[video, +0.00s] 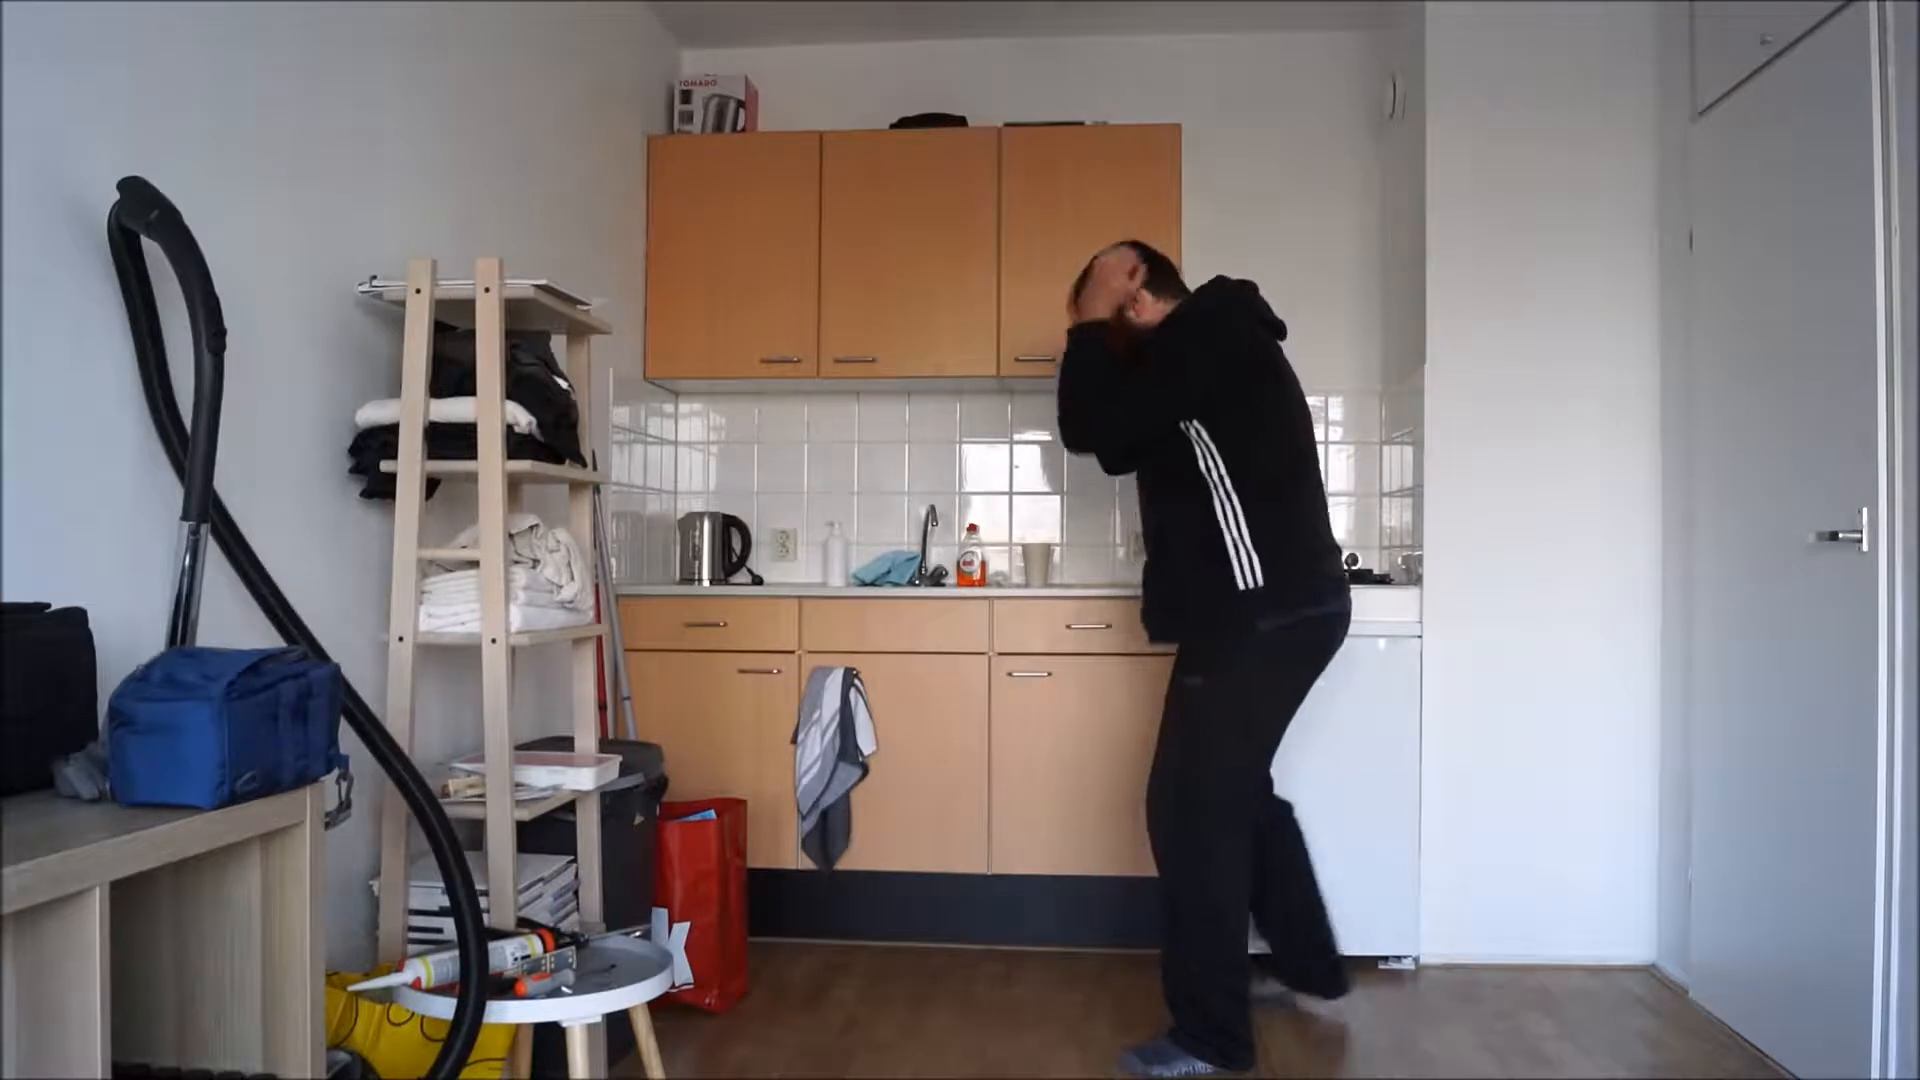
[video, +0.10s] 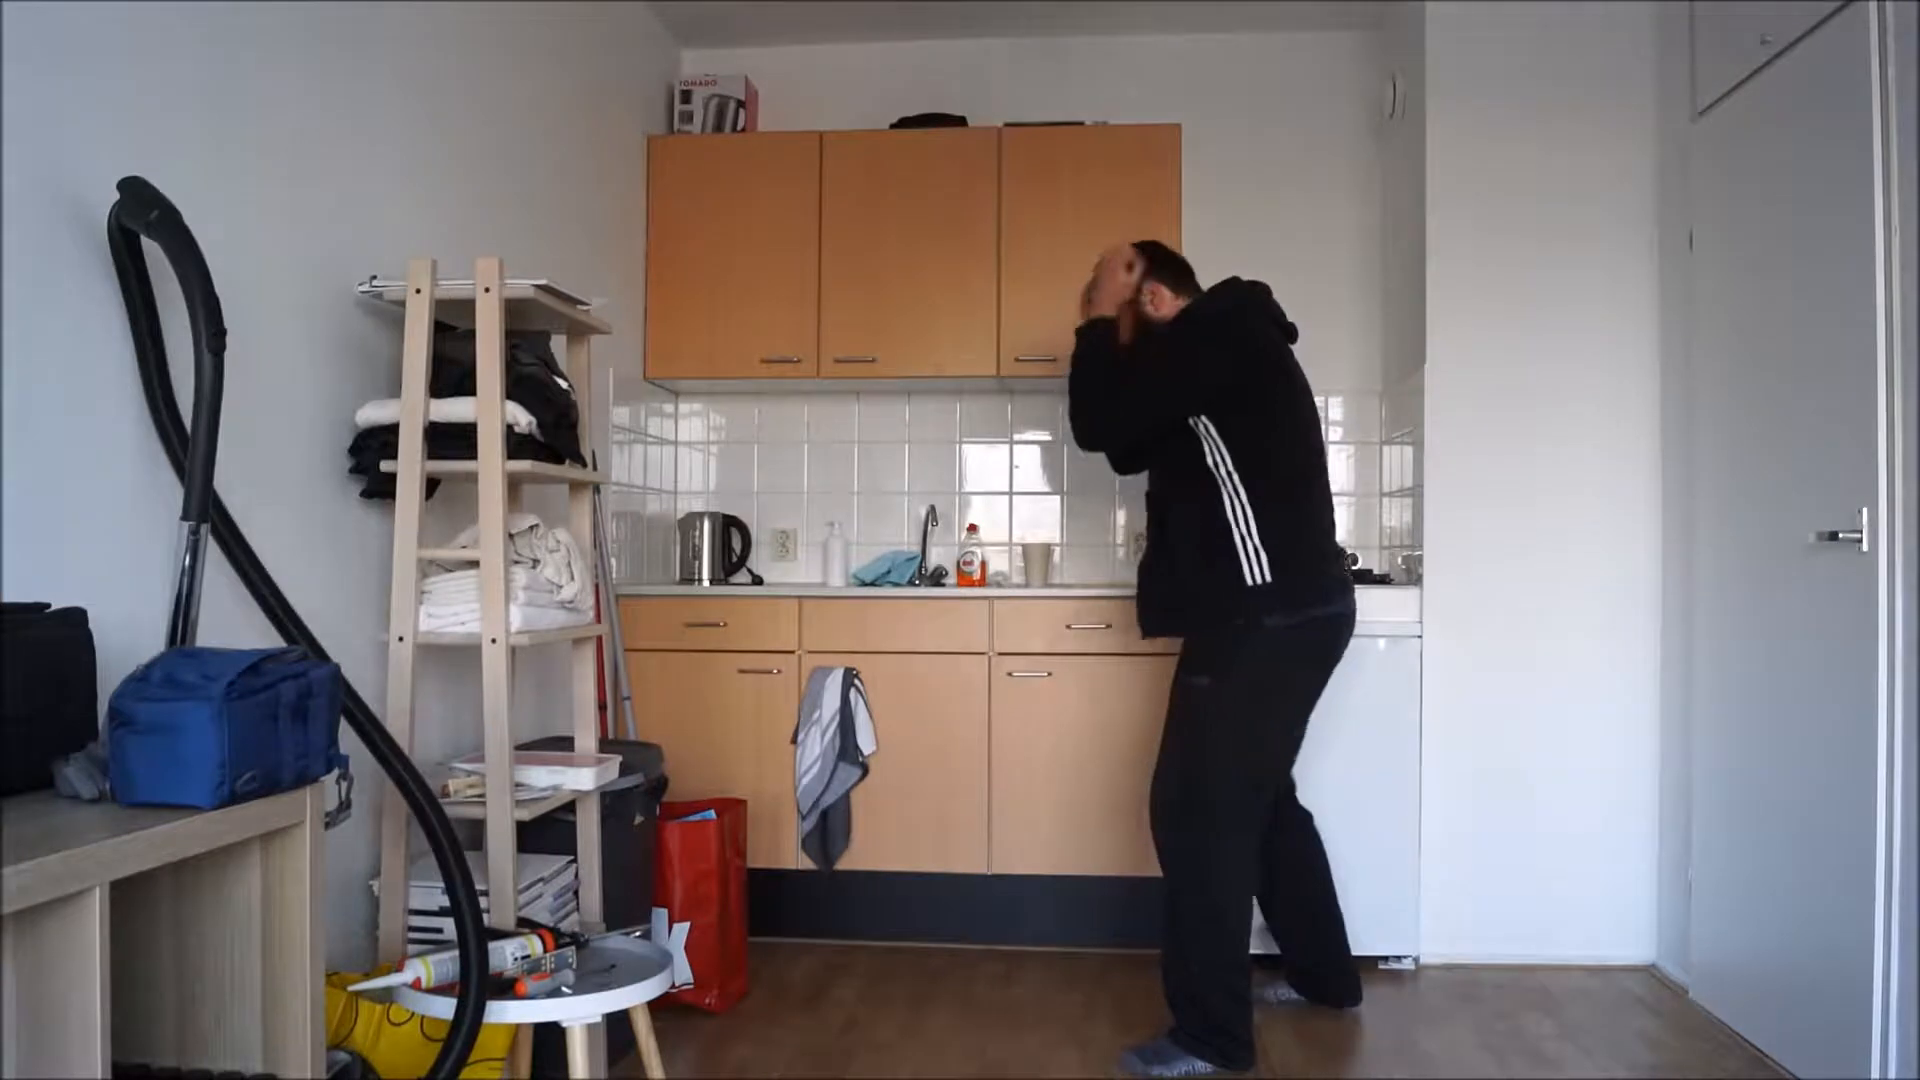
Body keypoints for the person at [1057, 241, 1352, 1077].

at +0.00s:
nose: (1083, 309)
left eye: (1090, 289)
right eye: (1084, 295)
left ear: (1136, 288)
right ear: (1155, 287)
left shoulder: (1189, 342)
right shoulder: (1232, 328)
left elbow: (1095, 430)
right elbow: (1123, 445)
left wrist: (1090, 330)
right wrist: (1095, 340)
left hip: (1246, 617)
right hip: (1299, 607)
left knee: (1188, 807)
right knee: (1236, 787)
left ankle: (1211, 1038)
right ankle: (1312, 965)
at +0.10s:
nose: (1111, 315)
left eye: (1115, 299)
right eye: (1111, 301)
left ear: (1155, 296)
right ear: (1175, 288)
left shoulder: (1204, 338)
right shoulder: (1241, 331)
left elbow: (1101, 423)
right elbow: (1129, 446)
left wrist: (1098, 321)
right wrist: (1114, 337)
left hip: (1252, 618)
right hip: (1304, 611)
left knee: (1192, 808)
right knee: (1258, 795)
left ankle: (1212, 1036)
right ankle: (1326, 974)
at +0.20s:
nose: (1120, 330)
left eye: (1124, 314)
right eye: (1119, 318)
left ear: (1160, 300)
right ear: (1186, 288)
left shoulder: (1203, 343)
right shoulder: (1252, 335)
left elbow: (1109, 429)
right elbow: (1137, 450)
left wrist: (1090, 335)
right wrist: (1123, 350)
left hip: (1254, 619)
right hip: (1314, 612)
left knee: (1193, 811)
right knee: (1270, 798)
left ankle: (1213, 1037)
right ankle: (1328, 976)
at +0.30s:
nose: (1114, 372)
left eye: (1117, 356)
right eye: (1112, 360)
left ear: (1146, 332)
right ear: (1181, 321)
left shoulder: (1190, 358)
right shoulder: (1245, 357)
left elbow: (1091, 453)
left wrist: (1088, 369)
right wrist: (1120, 389)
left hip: (1278, 620)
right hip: (1342, 610)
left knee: (1189, 802)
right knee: (1271, 790)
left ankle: (1226, 1035)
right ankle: (1326, 975)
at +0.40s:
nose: (1110, 408)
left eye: (1115, 395)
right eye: (1109, 397)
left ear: (1142, 374)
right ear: (1173, 360)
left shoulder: (1166, 398)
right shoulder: (1254, 391)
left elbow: (1097, 504)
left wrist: (1090, 419)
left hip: (1281, 629)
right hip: (1366, 622)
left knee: (1182, 806)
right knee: (1277, 793)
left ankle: (1222, 1042)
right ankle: (1327, 977)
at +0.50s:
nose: (1097, 467)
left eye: (1095, 454)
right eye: (1095, 456)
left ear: (1120, 429)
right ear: (1151, 409)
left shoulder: (1154, 456)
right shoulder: (1235, 426)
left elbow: (1111, 572)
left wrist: (1080, 486)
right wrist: (1112, 483)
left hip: (1290, 664)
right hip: (1370, 652)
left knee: (1169, 817)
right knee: (1253, 809)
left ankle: (1223, 1049)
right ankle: (1326, 980)